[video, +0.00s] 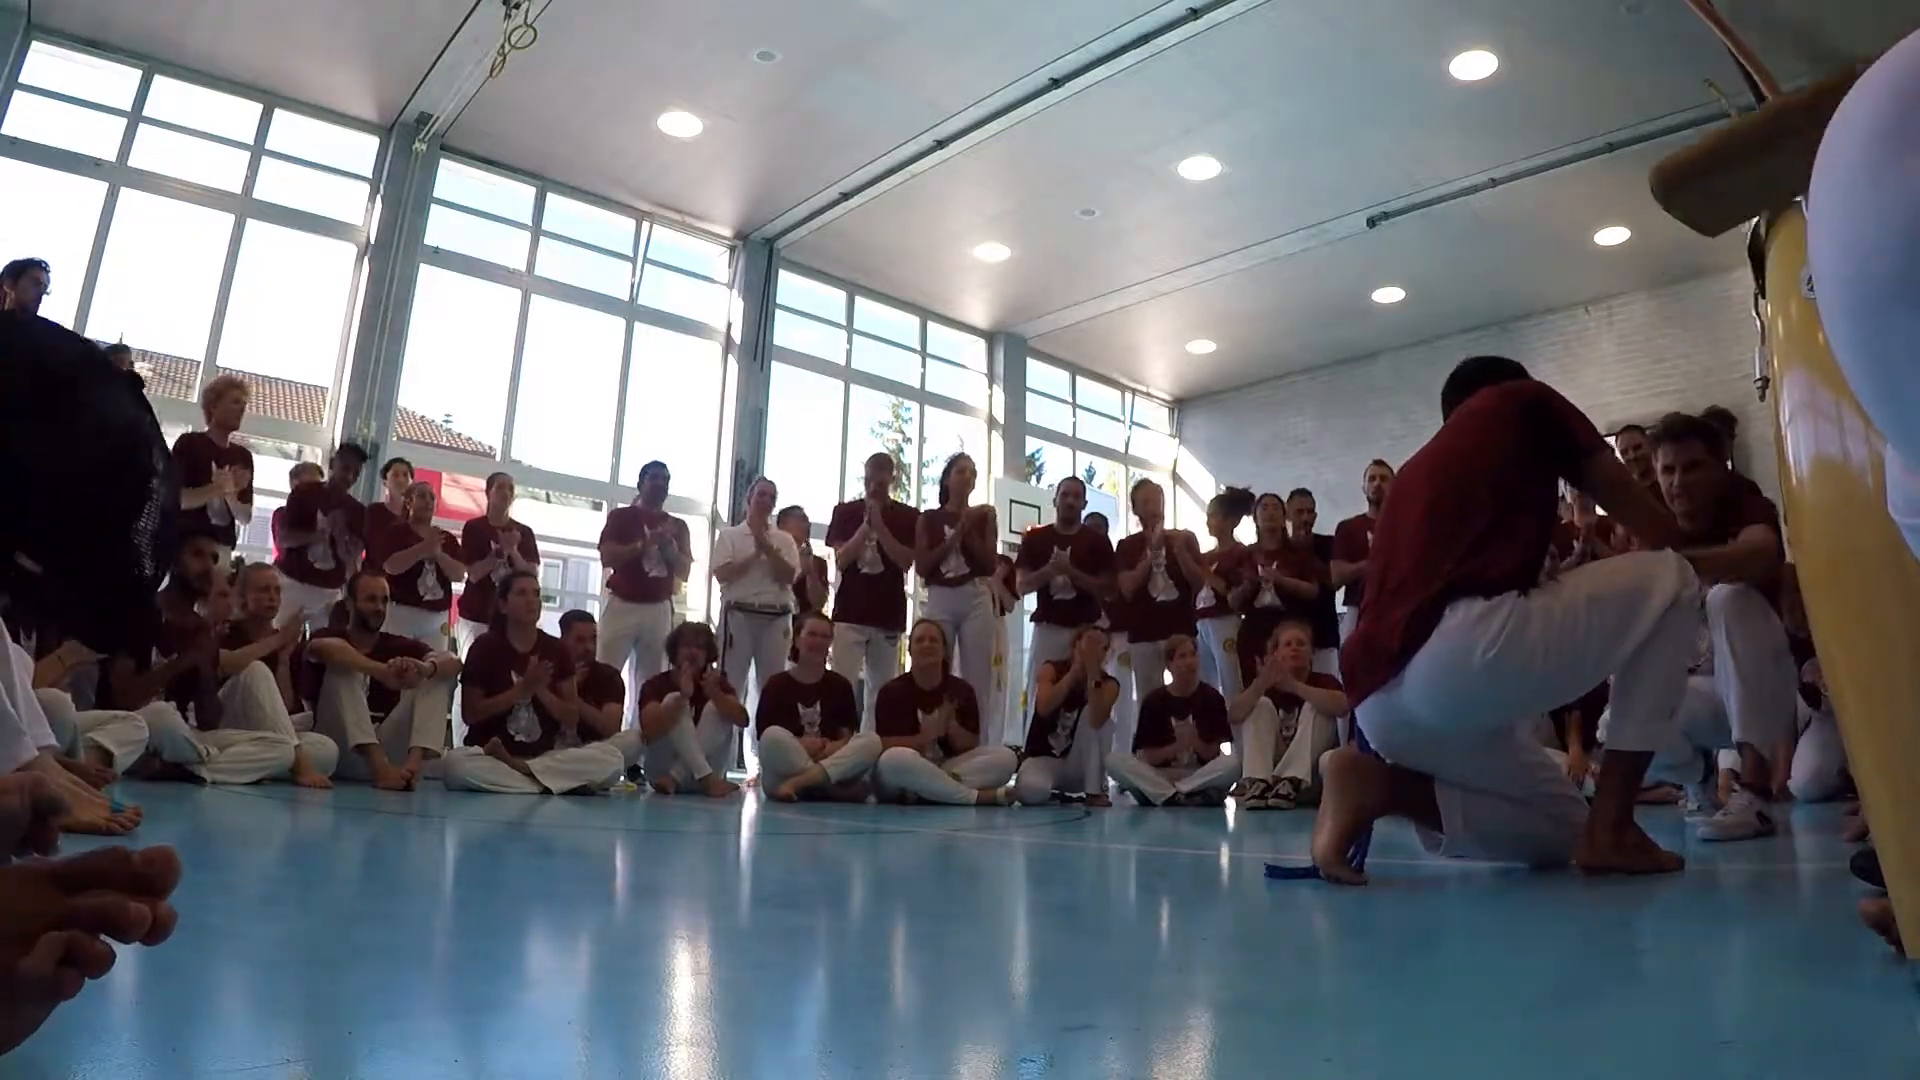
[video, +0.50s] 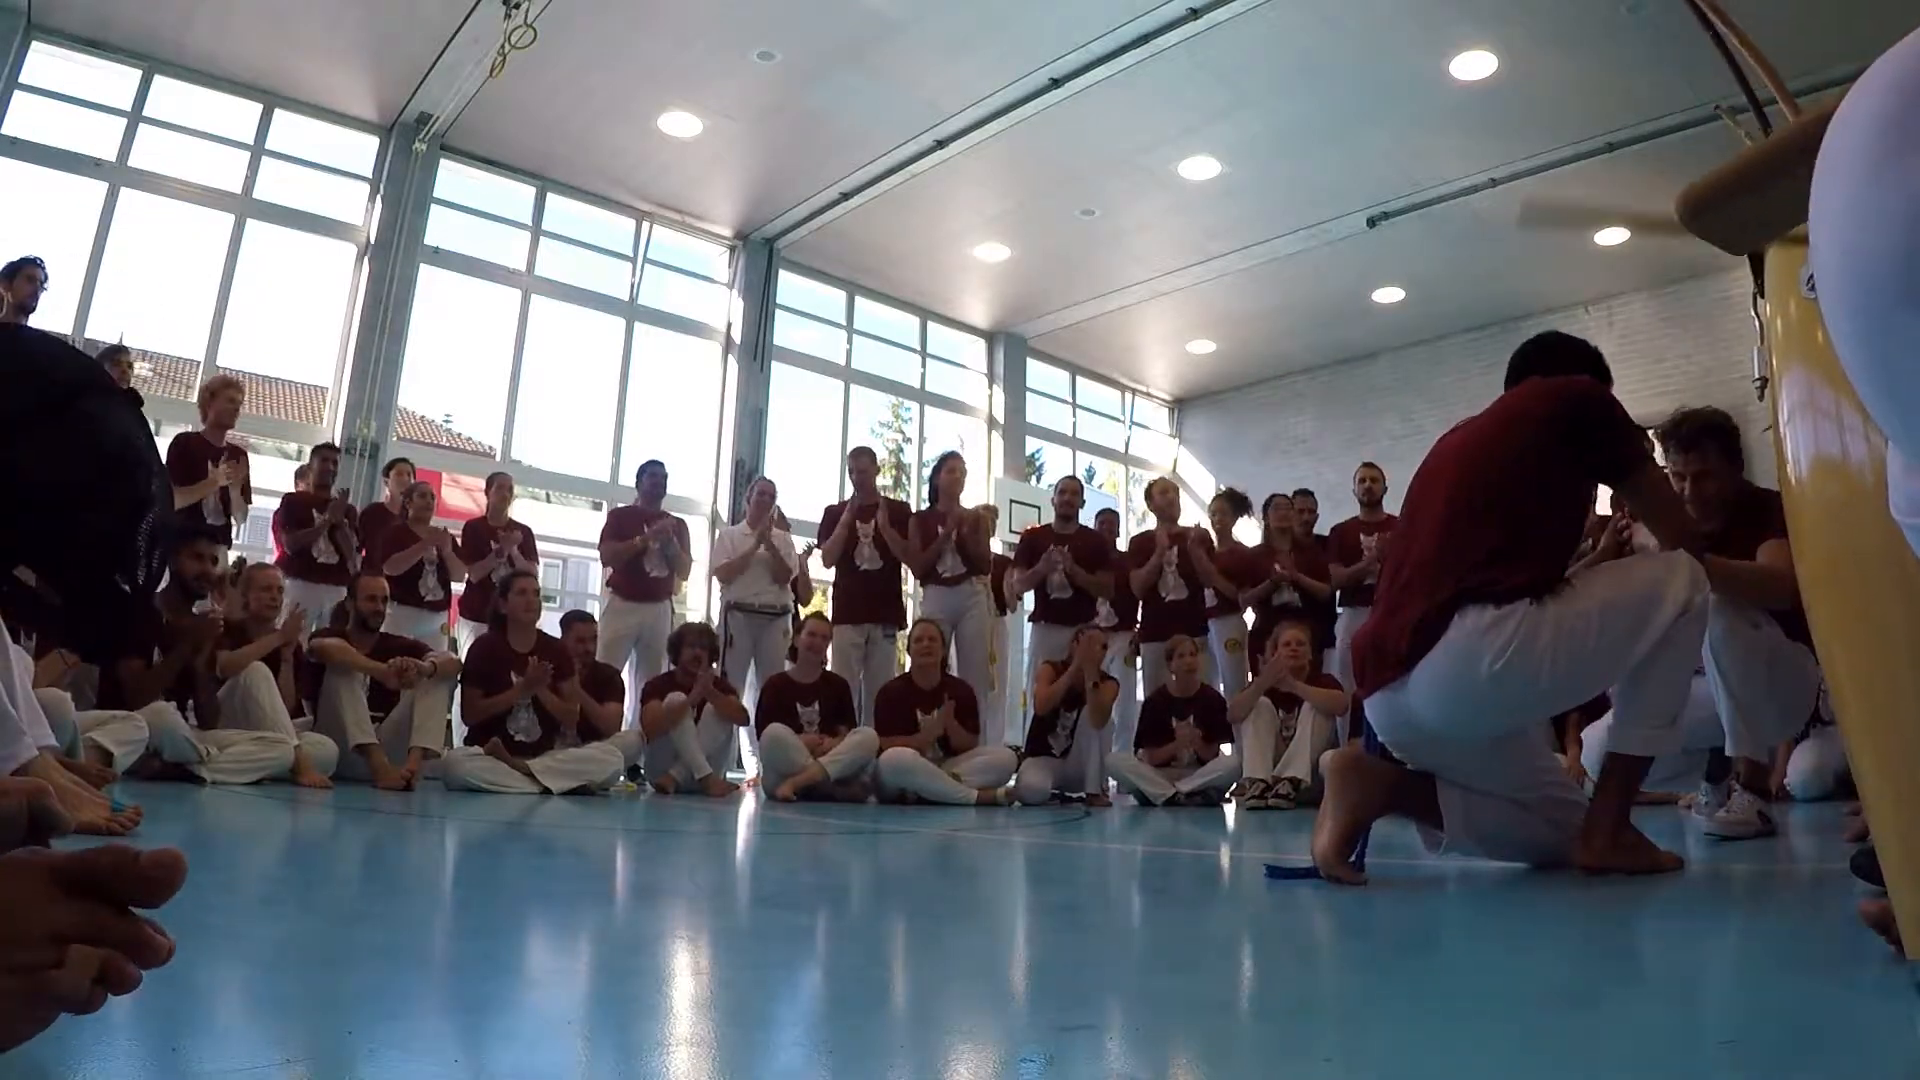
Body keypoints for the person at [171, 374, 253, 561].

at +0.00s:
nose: (242, 409)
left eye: (244, 404)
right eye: (235, 402)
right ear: (212, 407)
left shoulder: (242, 456)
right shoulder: (188, 444)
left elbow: (245, 517)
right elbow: (172, 499)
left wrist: (230, 495)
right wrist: (216, 489)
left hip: (221, 549)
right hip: (184, 543)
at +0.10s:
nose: (241, 406)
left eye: (243, 401)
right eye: (234, 399)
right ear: (211, 405)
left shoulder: (242, 454)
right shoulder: (187, 442)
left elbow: (247, 514)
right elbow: (175, 497)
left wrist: (236, 493)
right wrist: (215, 486)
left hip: (222, 548)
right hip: (183, 543)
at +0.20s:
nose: (240, 405)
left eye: (242, 400)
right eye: (233, 398)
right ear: (211, 404)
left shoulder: (242, 453)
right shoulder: (186, 441)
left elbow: (247, 515)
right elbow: (170, 498)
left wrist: (243, 491)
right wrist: (211, 485)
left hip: (221, 549)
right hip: (182, 544)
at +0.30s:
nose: (240, 405)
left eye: (242, 400)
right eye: (233, 398)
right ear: (210, 403)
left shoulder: (241, 453)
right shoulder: (186, 441)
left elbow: (245, 516)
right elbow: (166, 500)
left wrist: (247, 487)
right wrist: (207, 483)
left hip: (219, 552)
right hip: (180, 546)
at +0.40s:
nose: (239, 406)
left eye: (241, 402)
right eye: (232, 399)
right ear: (209, 403)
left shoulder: (239, 453)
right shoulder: (185, 442)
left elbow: (242, 516)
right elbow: (167, 498)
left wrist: (247, 486)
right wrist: (206, 482)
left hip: (218, 550)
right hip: (179, 545)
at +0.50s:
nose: (237, 409)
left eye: (239, 404)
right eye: (231, 401)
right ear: (208, 403)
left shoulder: (238, 455)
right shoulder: (183, 443)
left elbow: (240, 517)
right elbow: (169, 500)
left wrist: (235, 487)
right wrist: (212, 482)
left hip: (219, 548)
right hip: (182, 545)